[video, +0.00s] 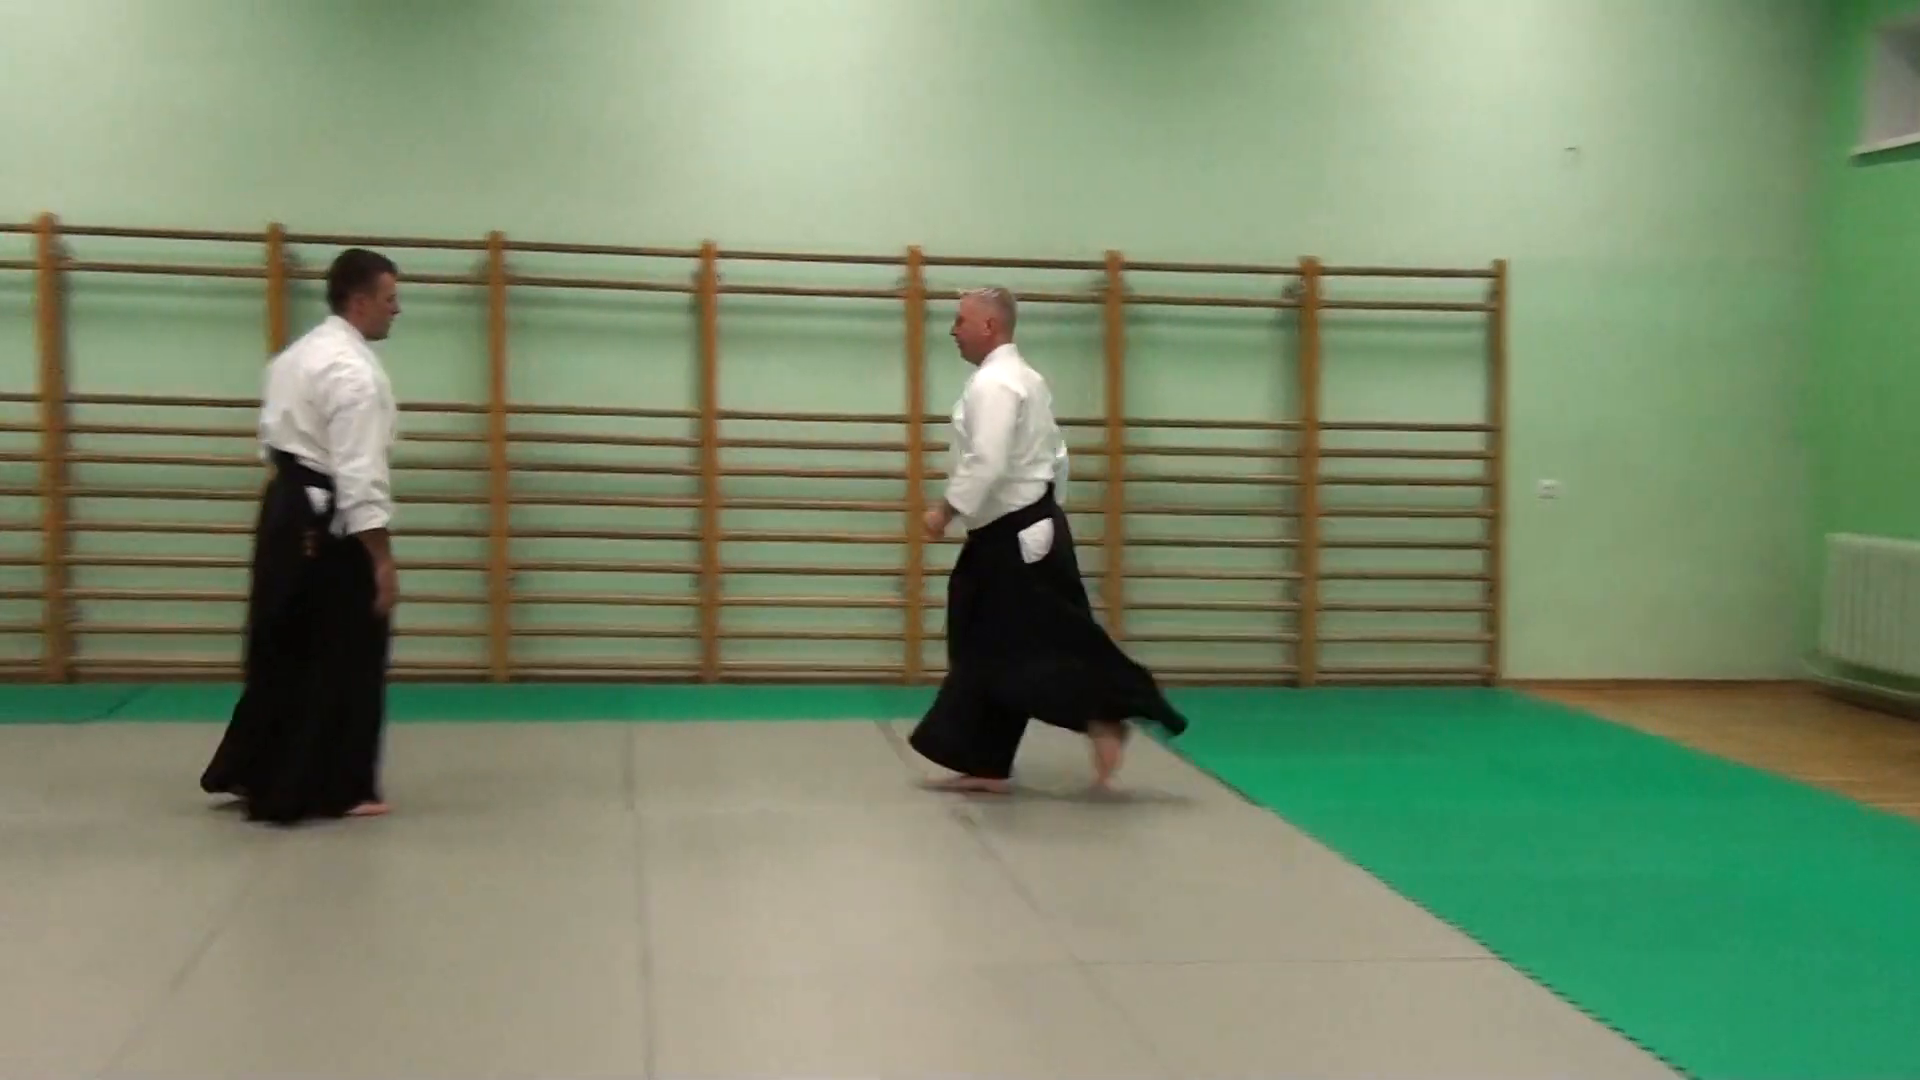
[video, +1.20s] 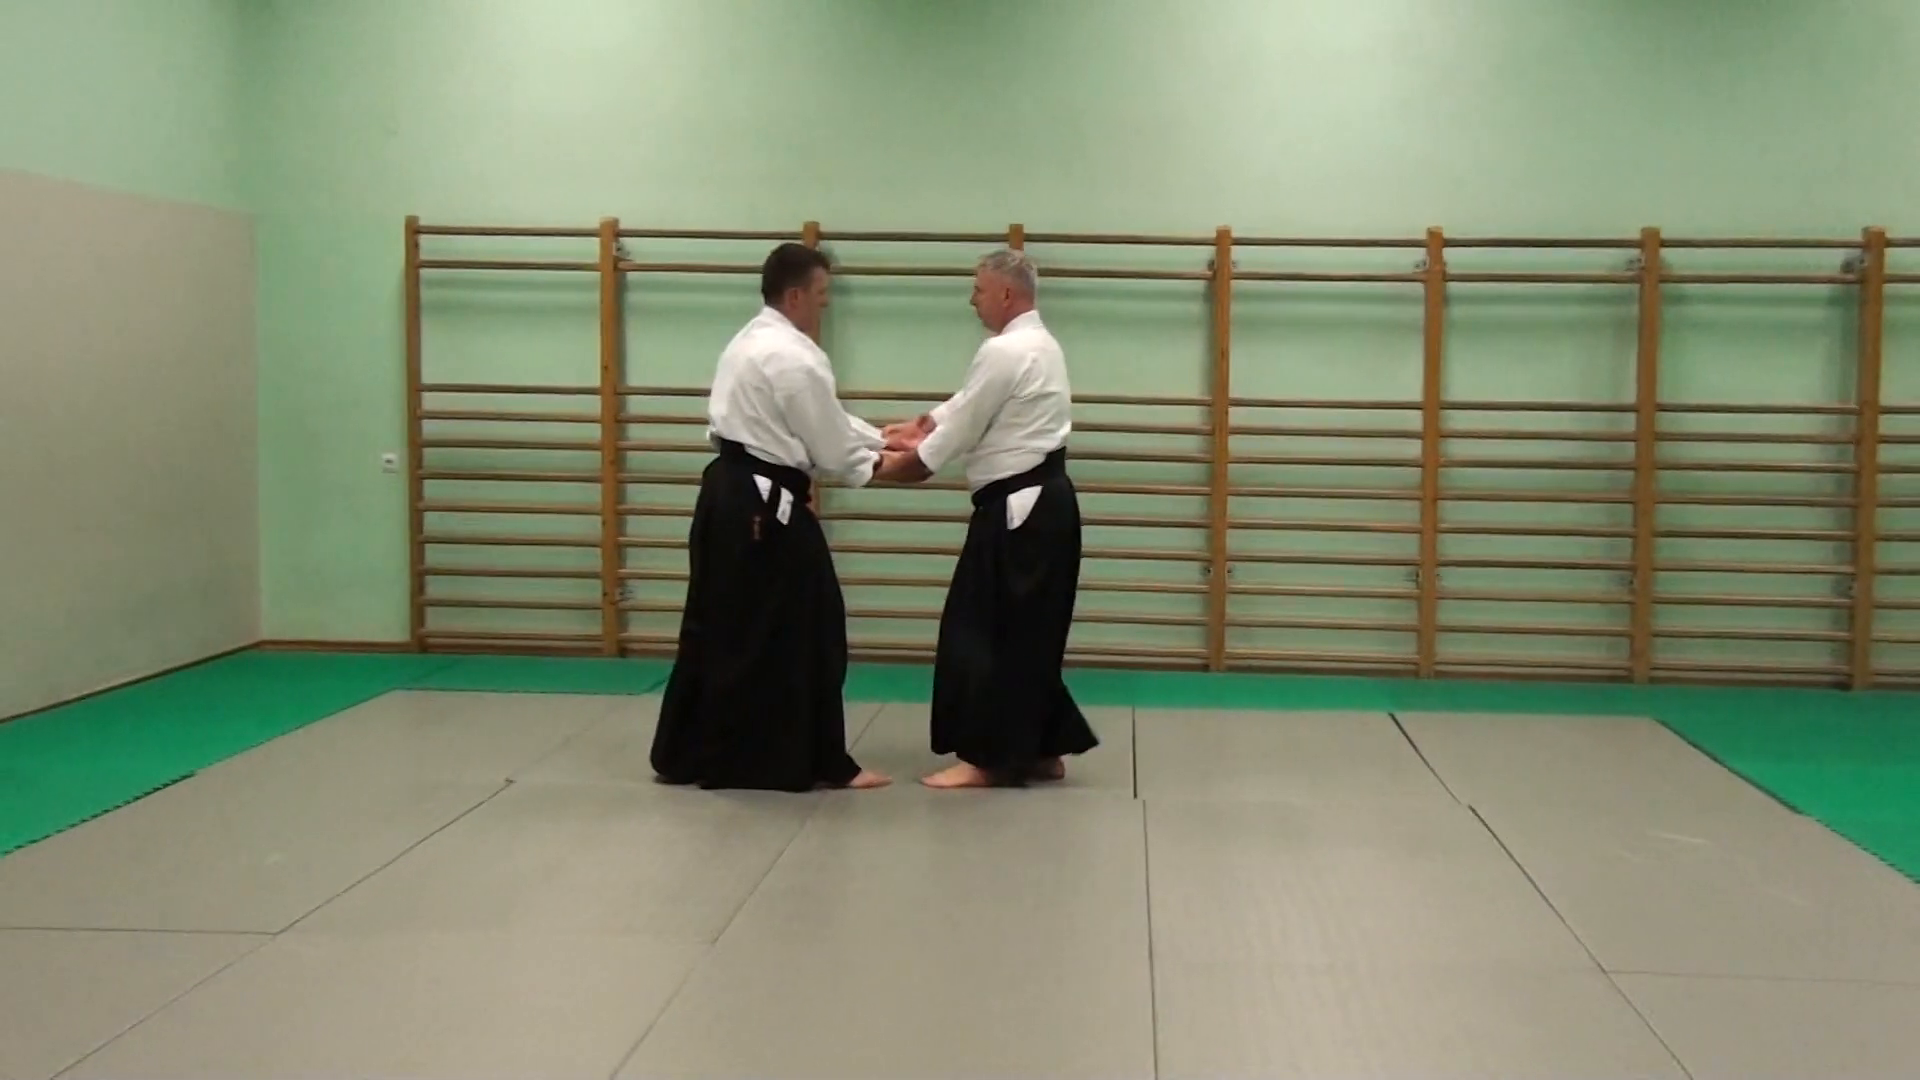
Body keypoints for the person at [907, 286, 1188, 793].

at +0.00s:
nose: (954, 330)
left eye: (960, 321)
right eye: (956, 321)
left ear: (988, 325)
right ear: (995, 326)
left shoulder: (992, 384)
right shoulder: (1026, 377)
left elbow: (986, 461)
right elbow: (1056, 454)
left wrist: (947, 508)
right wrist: (1048, 509)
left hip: (1006, 535)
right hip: (1037, 526)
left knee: (992, 645)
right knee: (1040, 641)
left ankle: (985, 765)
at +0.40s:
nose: (981, 318)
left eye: (987, 308)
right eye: (983, 308)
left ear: (1015, 312)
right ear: (1023, 313)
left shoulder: (1025, 371)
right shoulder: (1037, 363)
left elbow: (1017, 453)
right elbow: (1015, 449)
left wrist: (979, 512)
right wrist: (976, 499)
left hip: (1022, 521)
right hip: (1039, 514)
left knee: (979, 637)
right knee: (1017, 629)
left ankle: (999, 771)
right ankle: (1053, 731)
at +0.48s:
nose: (985, 314)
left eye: (991, 305)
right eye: (985, 305)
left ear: (1019, 307)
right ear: (1024, 308)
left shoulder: (1027, 366)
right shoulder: (1039, 359)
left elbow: (994, 440)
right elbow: (1003, 443)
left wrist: (942, 498)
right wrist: (960, 498)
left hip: (1029, 522)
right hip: (1026, 516)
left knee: (991, 637)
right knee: (969, 631)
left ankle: (1037, 767)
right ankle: (984, 755)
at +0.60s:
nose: (979, 317)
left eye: (985, 307)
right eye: (981, 308)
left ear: (1012, 310)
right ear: (1021, 311)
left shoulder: (1015, 368)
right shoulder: (1040, 365)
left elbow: (960, 433)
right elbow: (1007, 453)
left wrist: (884, 459)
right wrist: (939, 480)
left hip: (1004, 524)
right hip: (1017, 518)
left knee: (960, 637)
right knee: (961, 637)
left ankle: (1053, 741)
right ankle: (925, 755)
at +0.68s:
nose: (976, 321)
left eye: (982, 311)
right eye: (978, 311)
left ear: (1008, 315)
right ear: (1015, 316)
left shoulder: (1009, 375)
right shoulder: (1030, 370)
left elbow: (941, 430)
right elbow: (966, 441)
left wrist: (855, 444)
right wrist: (905, 463)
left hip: (1001, 527)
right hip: (1014, 522)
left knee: (937, 622)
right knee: (960, 628)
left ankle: (1009, 730)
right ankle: (940, 757)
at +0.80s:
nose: (966, 316)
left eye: (972, 306)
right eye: (968, 306)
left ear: (998, 311)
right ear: (1007, 312)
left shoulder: (998, 370)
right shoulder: (1019, 366)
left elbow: (925, 418)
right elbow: (940, 431)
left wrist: (843, 427)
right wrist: (865, 443)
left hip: (994, 525)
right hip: (1014, 522)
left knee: (912, 622)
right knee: (974, 643)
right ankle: (973, 761)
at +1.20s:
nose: (973, 300)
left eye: (979, 290)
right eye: (974, 290)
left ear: (1006, 293)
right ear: (1015, 294)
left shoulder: (1005, 353)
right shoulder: (1042, 344)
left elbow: (959, 431)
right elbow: (982, 406)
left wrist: (910, 459)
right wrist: (927, 423)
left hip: (1012, 508)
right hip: (1048, 499)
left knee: (973, 627)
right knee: (1031, 628)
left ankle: (982, 758)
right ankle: (1042, 749)